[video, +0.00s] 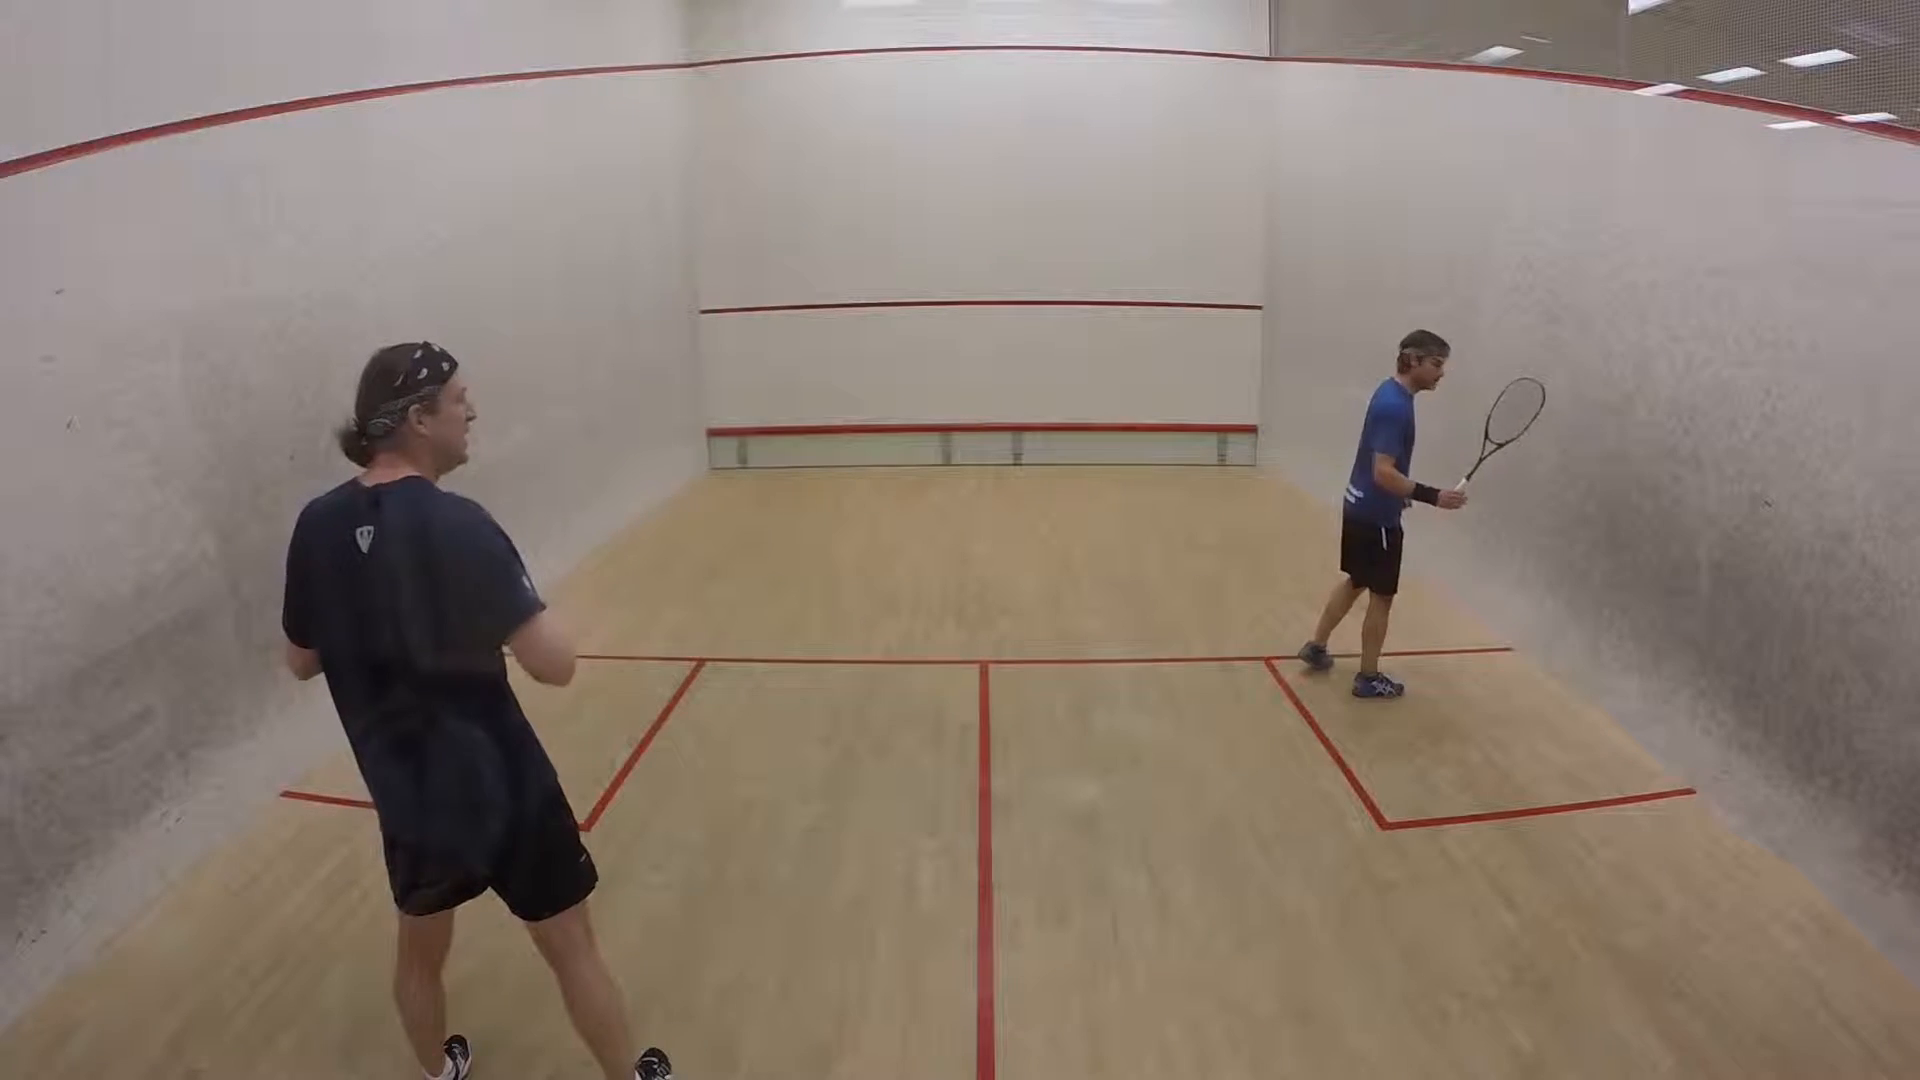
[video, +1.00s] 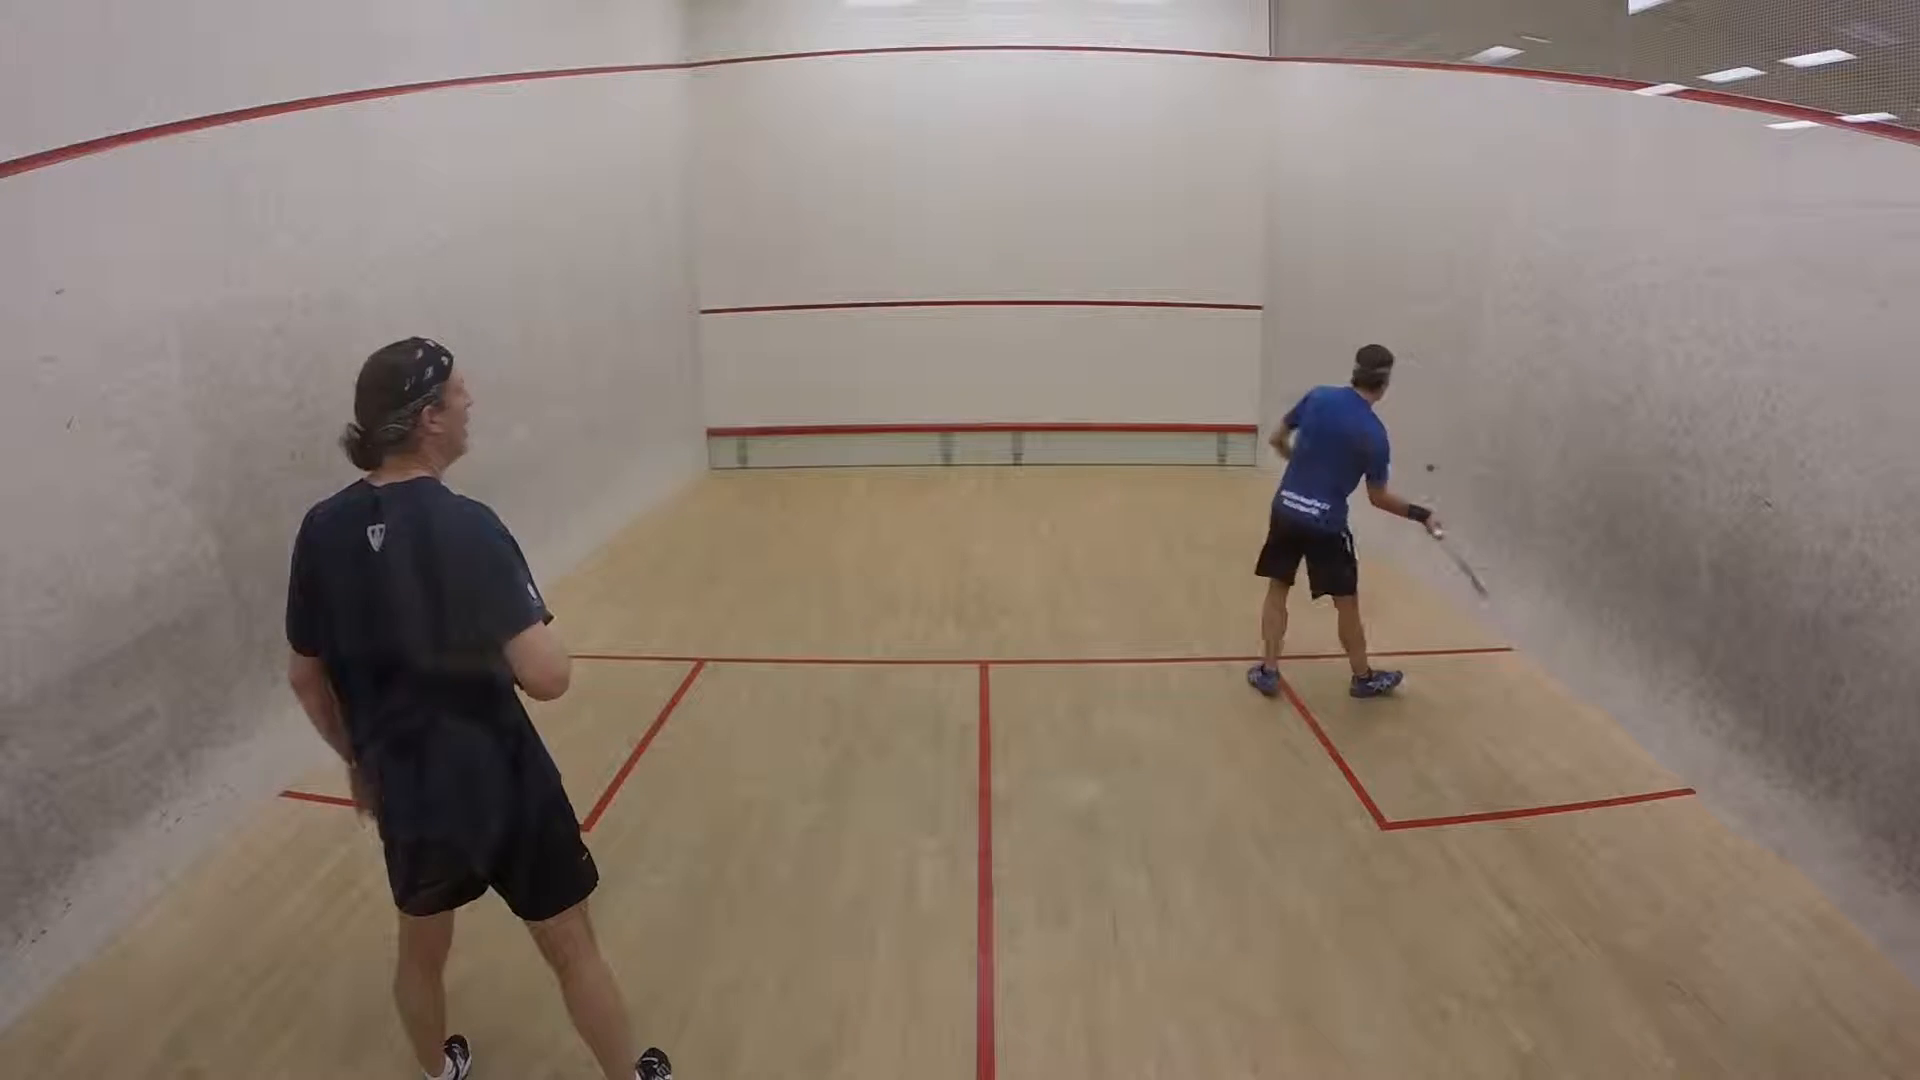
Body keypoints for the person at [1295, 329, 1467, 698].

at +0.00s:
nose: (1441, 373)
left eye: (1442, 366)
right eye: (1437, 365)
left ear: (1413, 363)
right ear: (1412, 362)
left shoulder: (1390, 394)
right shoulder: (1395, 405)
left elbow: (1377, 462)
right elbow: (1383, 473)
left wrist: (1400, 492)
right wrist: (1433, 495)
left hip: (1359, 507)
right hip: (1378, 517)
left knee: (1356, 581)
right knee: (1382, 597)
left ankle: (1316, 645)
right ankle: (1368, 676)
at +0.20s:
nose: (1450, 384)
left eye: (1452, 376)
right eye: (1449, 376)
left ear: (1422, 368)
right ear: (1434, 372)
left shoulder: (1393, 396)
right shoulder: (1404, 411)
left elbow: (1378, 464)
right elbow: (1391, 480)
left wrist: (1405, 494)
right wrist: (1445, 503)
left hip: (1354, 509)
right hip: (1377, 521)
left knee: (1353, 583)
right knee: (1380, 600)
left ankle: (1317, 646)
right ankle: (1368, 677)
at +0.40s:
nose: (1449, 390)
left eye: (1452, 382)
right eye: (1451, 382)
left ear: (1420, 369)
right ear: (1442, 379)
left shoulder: (1393, 398)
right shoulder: (1408, 416)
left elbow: (1379, 465)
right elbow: (1396, 484)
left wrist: (1410, 497)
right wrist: (1447, 513)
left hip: (1345, 507)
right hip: (1369, 521)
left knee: (1347, 582)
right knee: (1377, 599)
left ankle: (1306, 646)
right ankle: (1367, 677)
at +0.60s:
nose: (1440, 392)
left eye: (1442, 385)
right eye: (1442, 386)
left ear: (1411, 373)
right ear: (1436, 386)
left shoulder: (1386, 399)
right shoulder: (1401, 418)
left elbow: (1371, 455)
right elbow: (1399, 488)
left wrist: (1404, 474)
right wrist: (1453, 510)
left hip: (1334, 507)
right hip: (1359, 522)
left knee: (1333, 582)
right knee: (1373, 599)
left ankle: (1279, 640)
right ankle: (1367, 677)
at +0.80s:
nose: (1423, 389)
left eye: (1422, 382)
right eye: (1424, 384)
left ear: (1393, 374)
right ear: (1419, 387)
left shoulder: (1364, 398)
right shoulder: (1392, 425)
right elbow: (1402, 494)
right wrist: (1459, 508)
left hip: (1314, 508)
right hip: (1347, 524)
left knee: (1306, 581)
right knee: (1365, 600)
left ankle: (1261, 649)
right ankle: (1365, 676)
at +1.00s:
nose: (1388, 387)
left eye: (1386, 380)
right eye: (1388, 381)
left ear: (1354, 374)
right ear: (1383, 384)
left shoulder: (1319, 396)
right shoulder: (1374, 434)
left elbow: (1277, 439)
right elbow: (1378, 497)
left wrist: (1299, 461)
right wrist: (1421, 514)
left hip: (1286, 513)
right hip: (1327, 526)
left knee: (1277, 588)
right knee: (1346, 602)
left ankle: (1269, 671)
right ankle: (1363, 676)